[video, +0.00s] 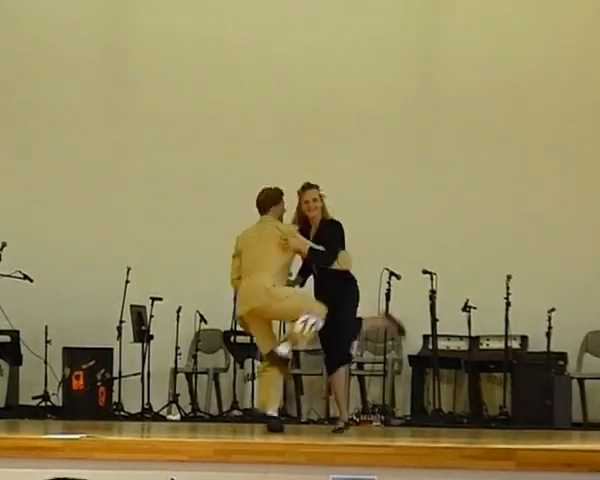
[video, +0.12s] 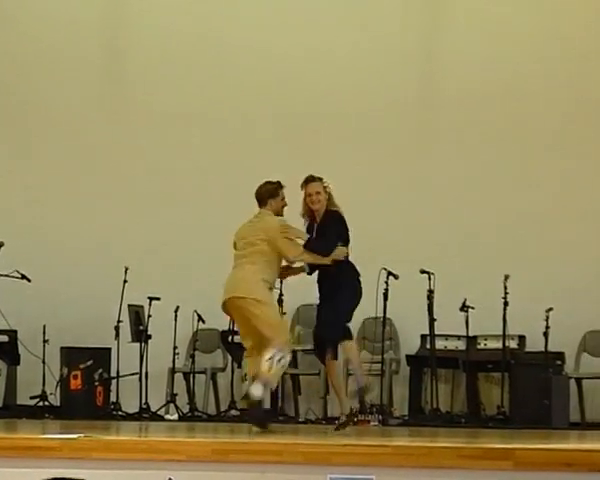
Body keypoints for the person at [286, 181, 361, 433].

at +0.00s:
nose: (312, 205)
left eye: (315, 200)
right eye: (307, 202)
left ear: (322, 201)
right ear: (301, 206)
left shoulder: (333, 227)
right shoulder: (304, 230)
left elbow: (328, 258)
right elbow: (309, 263)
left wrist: (303, 245)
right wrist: (296, 283)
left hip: (344, 289)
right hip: (323, 291)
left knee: (338, 348)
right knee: (330, 351)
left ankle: (345, 414)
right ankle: (342, 414)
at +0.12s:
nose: (314, 198)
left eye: (318, 193)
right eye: (309, 195)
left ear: (327, 194)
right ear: (305, 199)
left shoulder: (334, 218)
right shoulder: (312, 224)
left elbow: (325, 249)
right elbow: (315, 261)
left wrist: (296, 255)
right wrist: (293, 272)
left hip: (346, 280)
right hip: (327, 284)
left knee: (336, 323)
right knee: (324, 345)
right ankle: (345, 408)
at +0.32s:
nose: (313, 203)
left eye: (317, 198)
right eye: (312, 199)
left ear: (330, 198)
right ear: (314, 200)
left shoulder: (337, 222)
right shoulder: (329, 225)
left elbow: (318, 243)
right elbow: (323, 260)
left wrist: (288, 246)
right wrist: (297, 253)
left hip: (350, 292)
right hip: (347, 292)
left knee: (321, 335)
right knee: (331, 353)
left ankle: (317, 392)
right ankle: (345, 411)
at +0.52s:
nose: (319, 215)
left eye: (321, 210)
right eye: (319, 210)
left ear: (334, 209)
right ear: (336, 211)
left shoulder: (332, 234)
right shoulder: (347, 236)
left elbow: (306, 258)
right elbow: (334, 276)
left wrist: (275, 275)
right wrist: (299, 283)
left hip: (344, 302)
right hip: (357, 302)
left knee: (314, 352)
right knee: (332, 357)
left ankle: (322, 414)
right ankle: (335, 418)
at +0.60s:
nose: (318, 214)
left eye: (321, 210)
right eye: (319, 210)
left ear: (330, 211)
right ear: (338, 212)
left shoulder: (327, 234)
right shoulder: (348, 237)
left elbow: (302, 256)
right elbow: (335, 268)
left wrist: (275, 267)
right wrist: (304, 272)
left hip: (347, 303)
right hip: (362, 302)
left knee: (321, 353)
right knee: (339, 355)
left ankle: (322, 418)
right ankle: (334, 416)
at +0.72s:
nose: (317, 215)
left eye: (321, 212)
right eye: (318, 211)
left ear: (330, 214)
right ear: (339, 215)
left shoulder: (324, 236)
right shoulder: (344, 239)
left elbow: (297, 256)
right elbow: (328, 267)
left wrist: (271, 266)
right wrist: (301, 269)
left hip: (349, 301)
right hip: (365, 299)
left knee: (323, 356)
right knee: (343, 356)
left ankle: (326, 419)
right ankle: (345, 415)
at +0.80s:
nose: (311, 216)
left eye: (314, 212)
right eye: (311, 212)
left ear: (323, 214)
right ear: (329, 214)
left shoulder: (316, 238)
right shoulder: (339, 238)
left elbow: (290, 260)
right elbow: (324, 268)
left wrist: (268, 268)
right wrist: (296, 272)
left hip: (340, 304)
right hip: (356, 302)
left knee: (310, 351)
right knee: (337, 357)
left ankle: (316, 412)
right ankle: (346, 418)